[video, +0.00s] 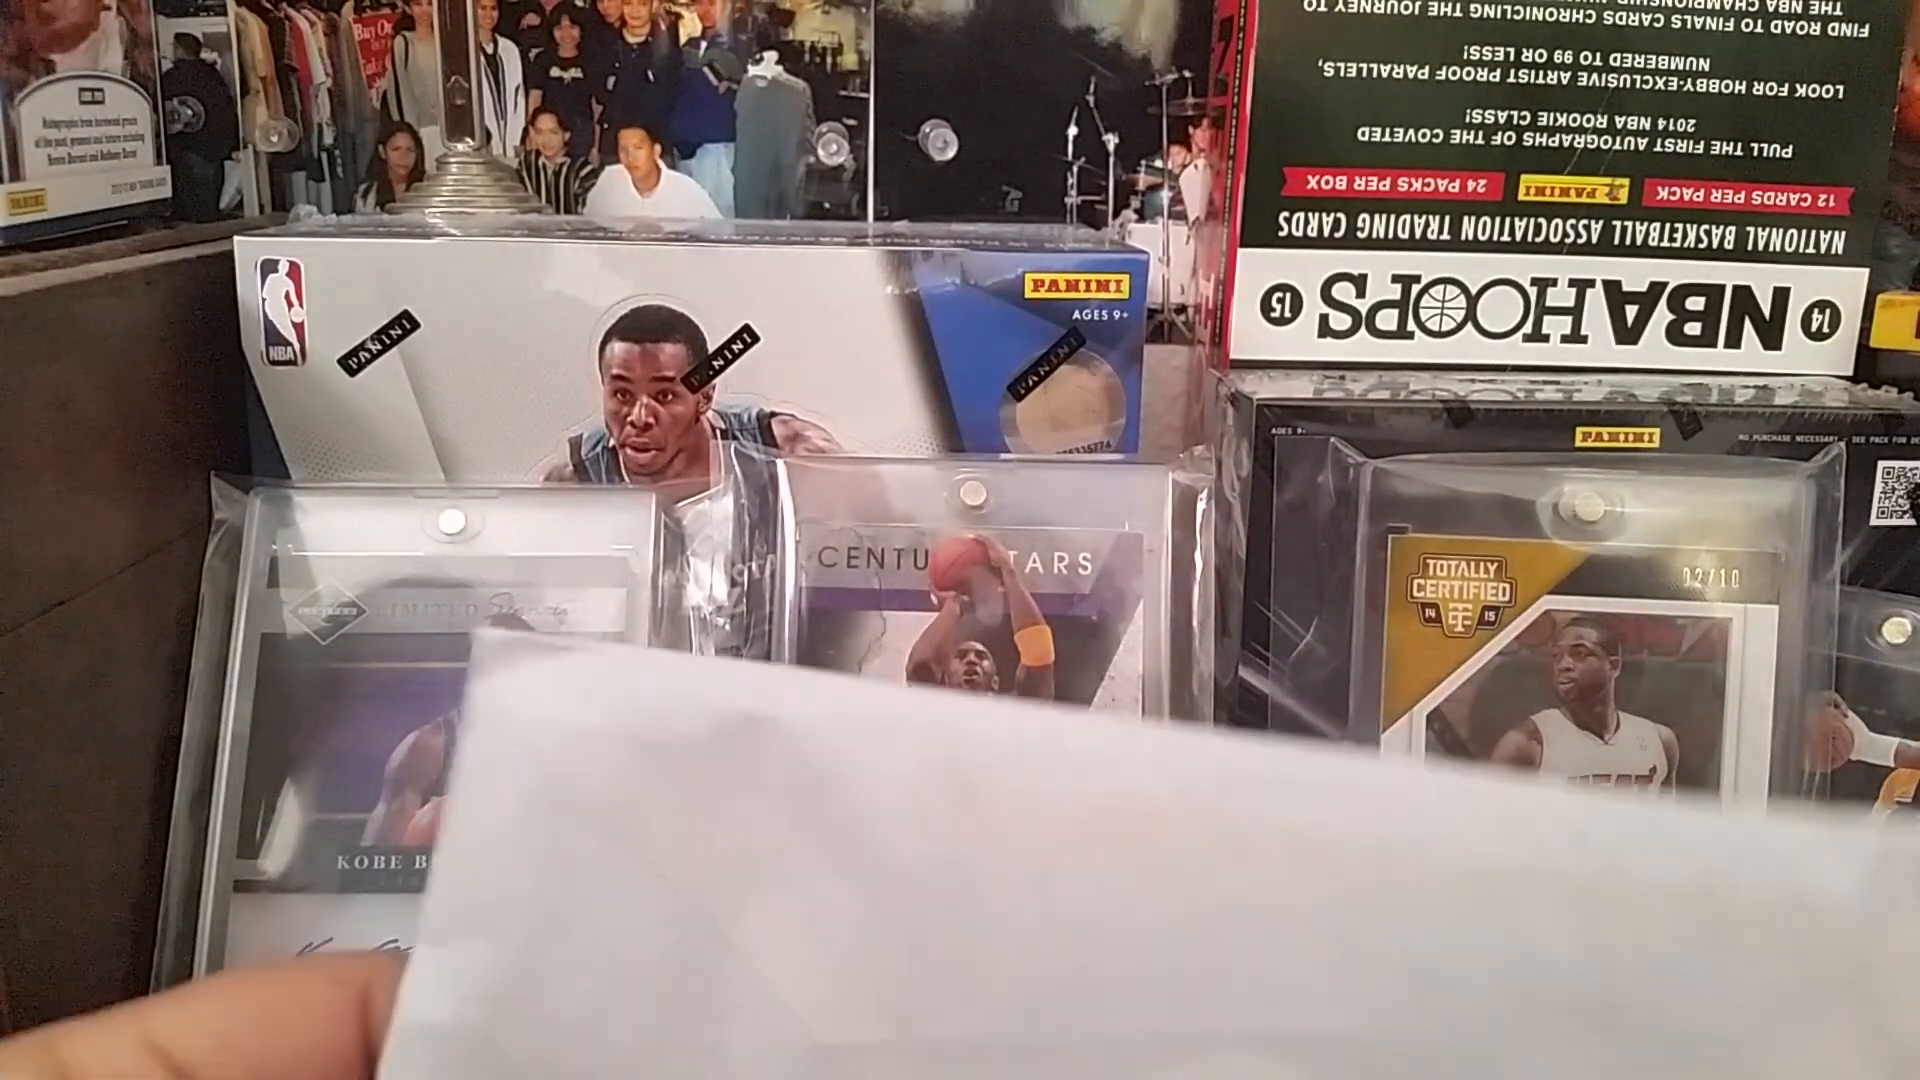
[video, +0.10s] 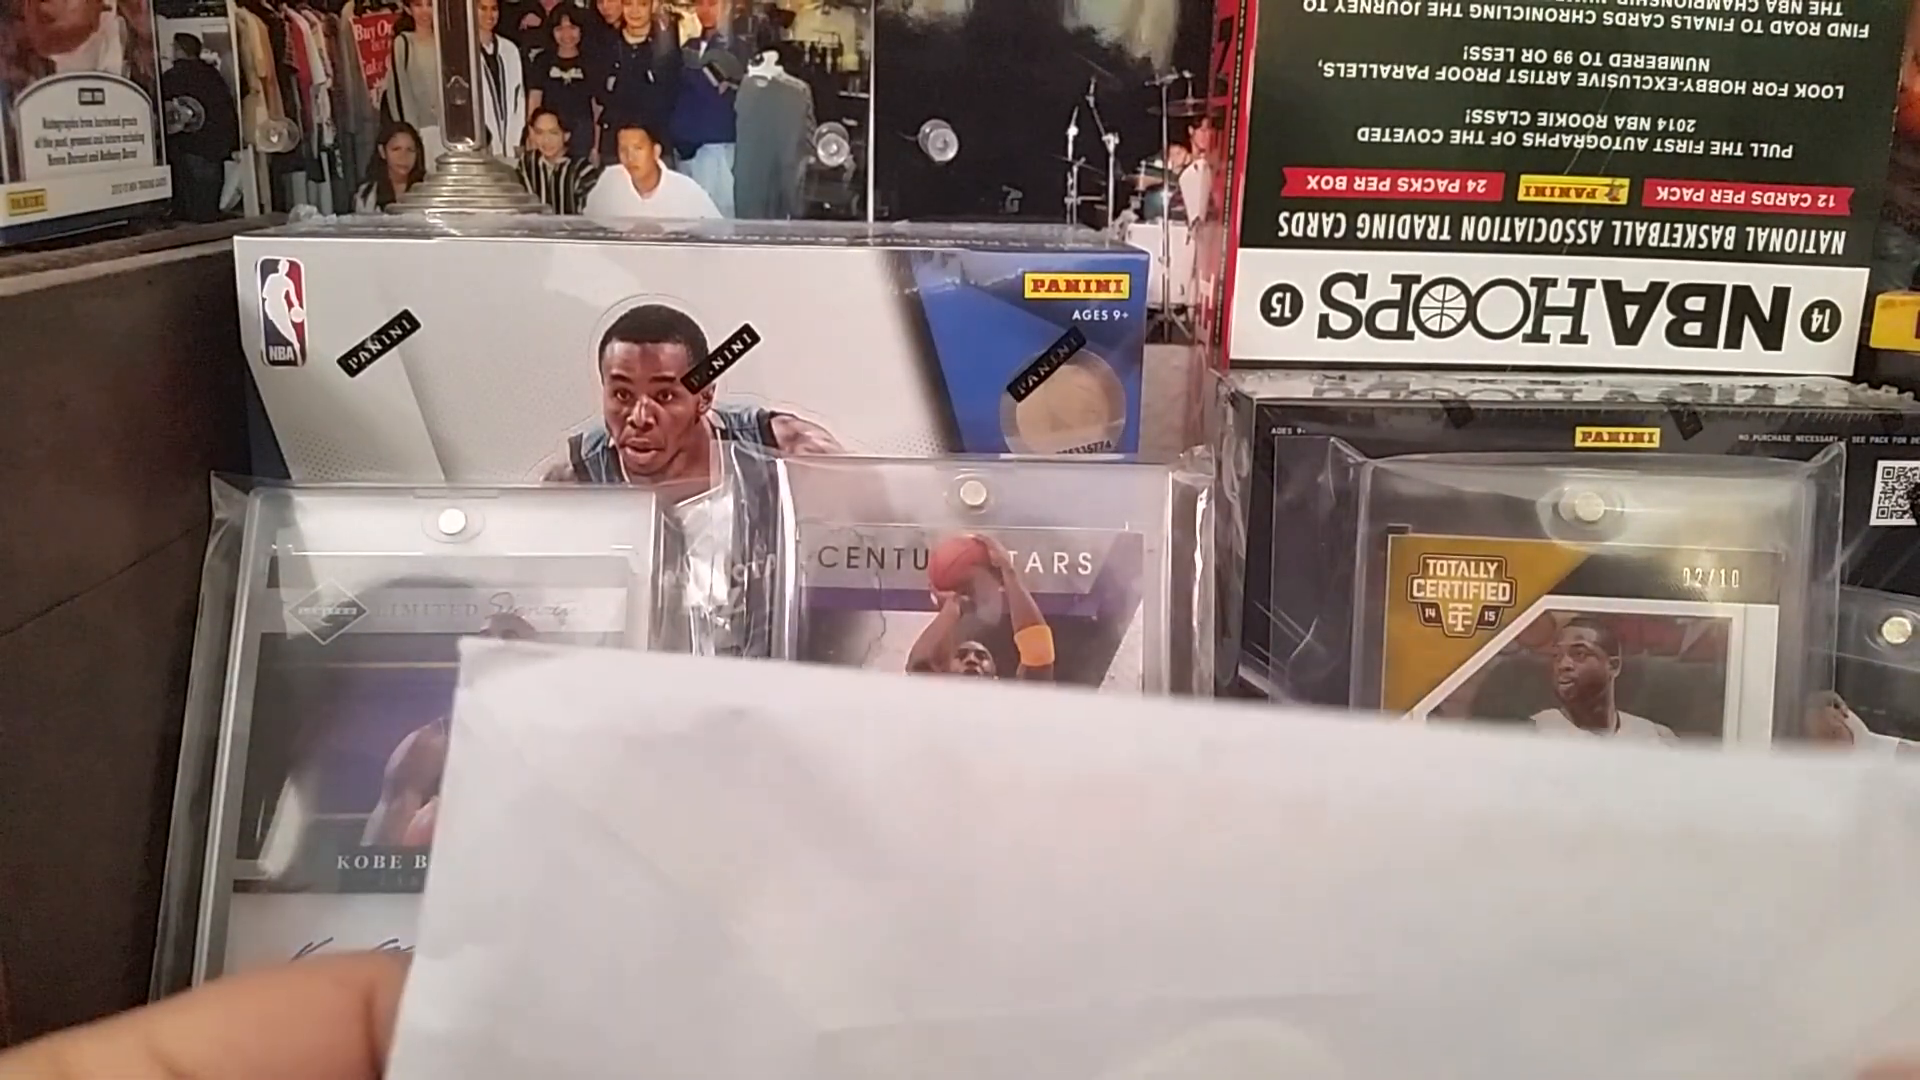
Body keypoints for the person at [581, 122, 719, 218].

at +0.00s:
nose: (630, 157)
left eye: (638, 148)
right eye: (624, 150)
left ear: (656, 151)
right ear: (618, 154)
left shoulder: (685, 188)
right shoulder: (610, 179)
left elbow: (719, 233)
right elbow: (587, 226)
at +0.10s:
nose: (630, 158)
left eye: (638, 149)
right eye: (624, 150)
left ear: (656, 152)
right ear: (618, 154)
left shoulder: (686, 189)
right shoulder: (610, 180)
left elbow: (720, 233)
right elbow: (587, 225)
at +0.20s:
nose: (630, 158)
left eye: (638, 149)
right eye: (624, 150)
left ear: (656, 151)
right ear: (618, 154)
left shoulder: (686, 189)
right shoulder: (610, 179)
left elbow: (720, 233)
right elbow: (587, 225)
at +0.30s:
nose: (630, 157)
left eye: (638, 148)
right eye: (624, 150)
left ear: (656, 151)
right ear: (618, 154)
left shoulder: (686, 189)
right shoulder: (610, 179)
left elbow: (721, 233)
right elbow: (587, 225)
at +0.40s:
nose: (630, 157)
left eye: (638, 148)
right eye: (624, 150)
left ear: (656, 151)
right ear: (618, 154)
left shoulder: (686, 189)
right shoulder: (610, 179)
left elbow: (721, 233)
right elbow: (587, 225)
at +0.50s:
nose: (630, 157)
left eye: (638, 148)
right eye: (624, 150)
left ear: (656, 151)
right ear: (618, 154)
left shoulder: (686, 189)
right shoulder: (610, 179)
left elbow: (720, 232)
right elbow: (587, 225)